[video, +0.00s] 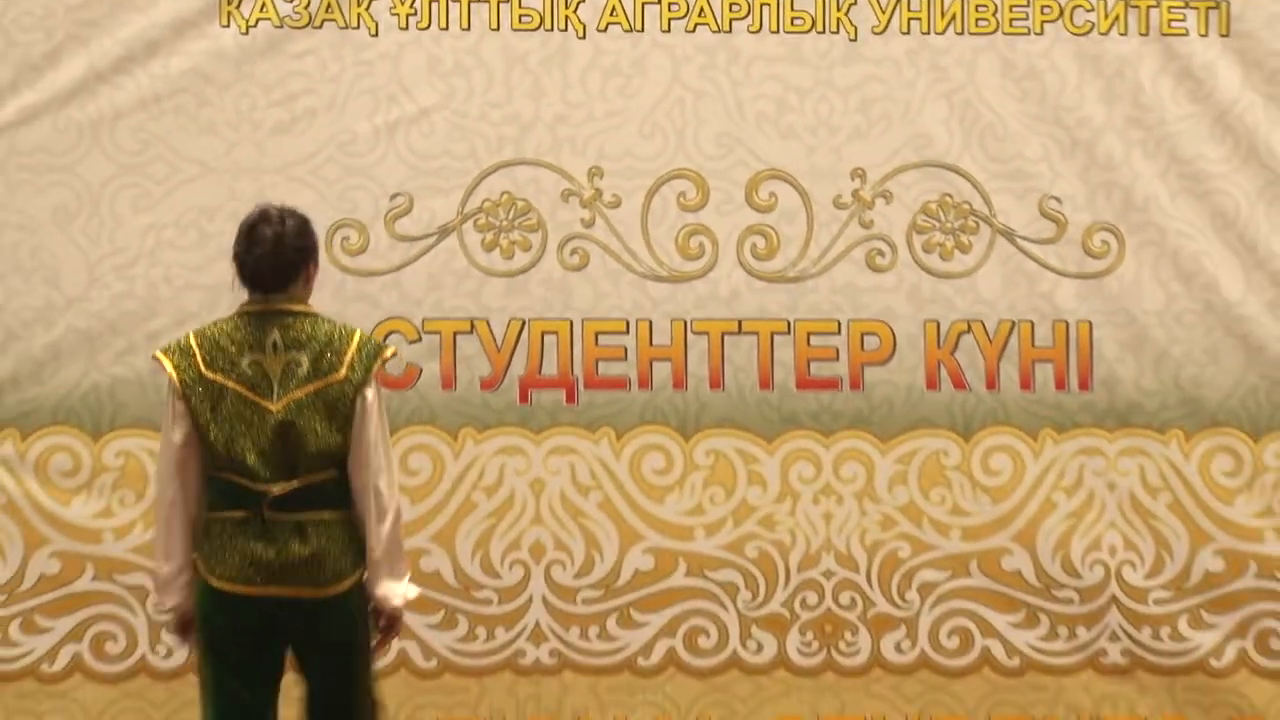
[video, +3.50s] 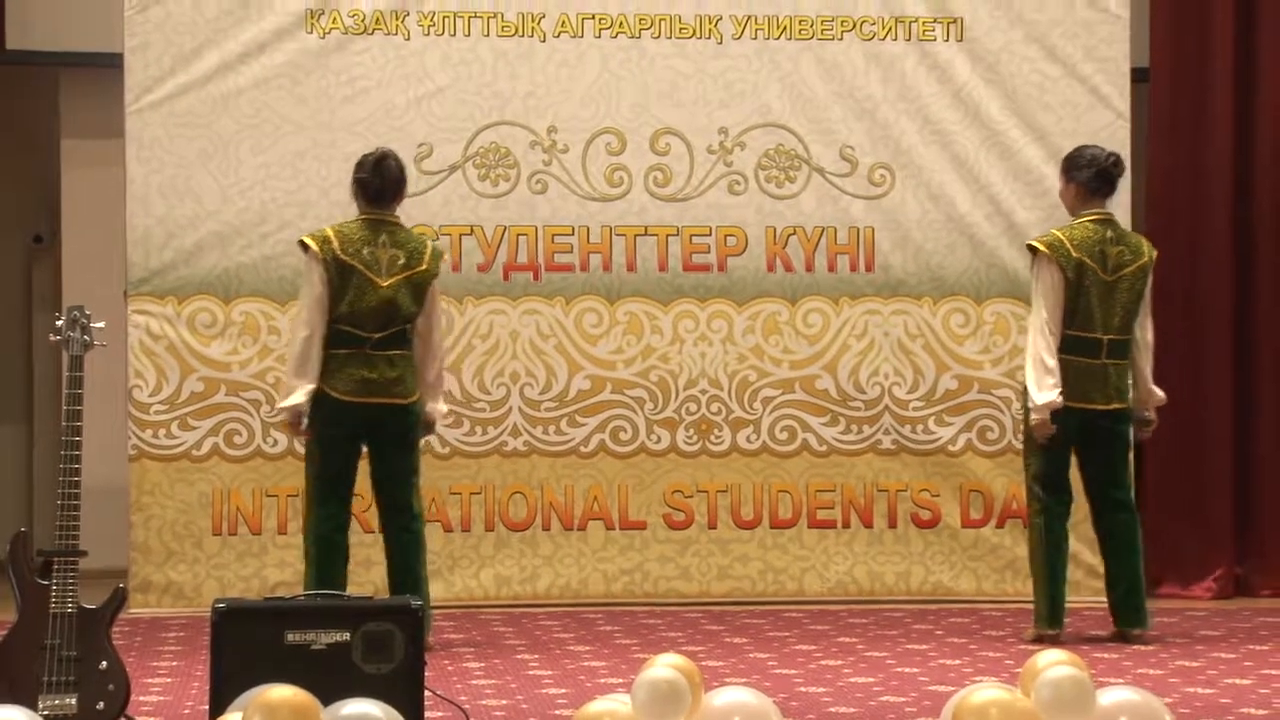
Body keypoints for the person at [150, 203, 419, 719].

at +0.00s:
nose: (317, 271)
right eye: (316, 262)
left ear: (240, 270)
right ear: (311, 270)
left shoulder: (192, 357)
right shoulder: (351, 353)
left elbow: (177, 486)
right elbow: (372, 480)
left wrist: (175, 594)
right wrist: (388, 585)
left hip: (231, 598)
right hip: (331, 597)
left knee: (235, 713)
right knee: (344, 711)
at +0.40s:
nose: (367, 246)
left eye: (362, 235)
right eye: (366, 237)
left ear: (295, 246)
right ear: (357, 245)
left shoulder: (253, 329)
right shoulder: (398, 316)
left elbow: (244, 452)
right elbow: (419, 435)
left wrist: (244, 549)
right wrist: (450, 538)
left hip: (308, 551)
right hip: (394, 545)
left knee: (294, 702)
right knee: (411, 701)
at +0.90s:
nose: (430, 215)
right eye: (430, 207)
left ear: (367, 213)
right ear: (429, 212)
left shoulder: (332, 288)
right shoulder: (469, 286)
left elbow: (321, 401)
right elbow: (484, 398)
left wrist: (315, 496)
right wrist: (494, 488)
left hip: (364, 501)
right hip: (447, 499)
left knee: (355, 634)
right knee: (439, 640)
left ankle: (372, 718)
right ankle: (435, 718)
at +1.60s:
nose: (370, 189)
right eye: (387, 180)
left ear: (332, 181)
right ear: (391, 186)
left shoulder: (300, 249)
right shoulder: (415, 259)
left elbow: (271, 348)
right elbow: (426, 362)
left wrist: (251, 431)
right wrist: (431, 443)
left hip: (307, 435)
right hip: (382, 440)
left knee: (300, 572)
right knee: (399, 571)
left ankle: (299, 709)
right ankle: (427, 705)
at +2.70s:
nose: (407, 184)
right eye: (409, 177)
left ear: (358, 181)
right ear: (409, 180)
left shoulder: (330, 243)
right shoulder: (437, 238)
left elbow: (322, 332)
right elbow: (454, 326)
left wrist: (318, 404)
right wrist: (467, 397)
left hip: (362, 408)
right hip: (427, 406)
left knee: (352, 519)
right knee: (424, 526)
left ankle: (334, 635)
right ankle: (416, 644)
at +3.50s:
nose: (378, 198)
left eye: (363, 189)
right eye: (390, 190)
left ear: (355, 192)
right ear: (402, 195)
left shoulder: (326, 246)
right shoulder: (426, 253)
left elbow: (311, 326)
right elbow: (430, 336)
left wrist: (299, 395)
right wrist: (430, 400)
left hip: (336, 404)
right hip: (398, 406)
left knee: (327, 517)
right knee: (403, 517)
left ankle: (322, 623)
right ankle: (412, 622)